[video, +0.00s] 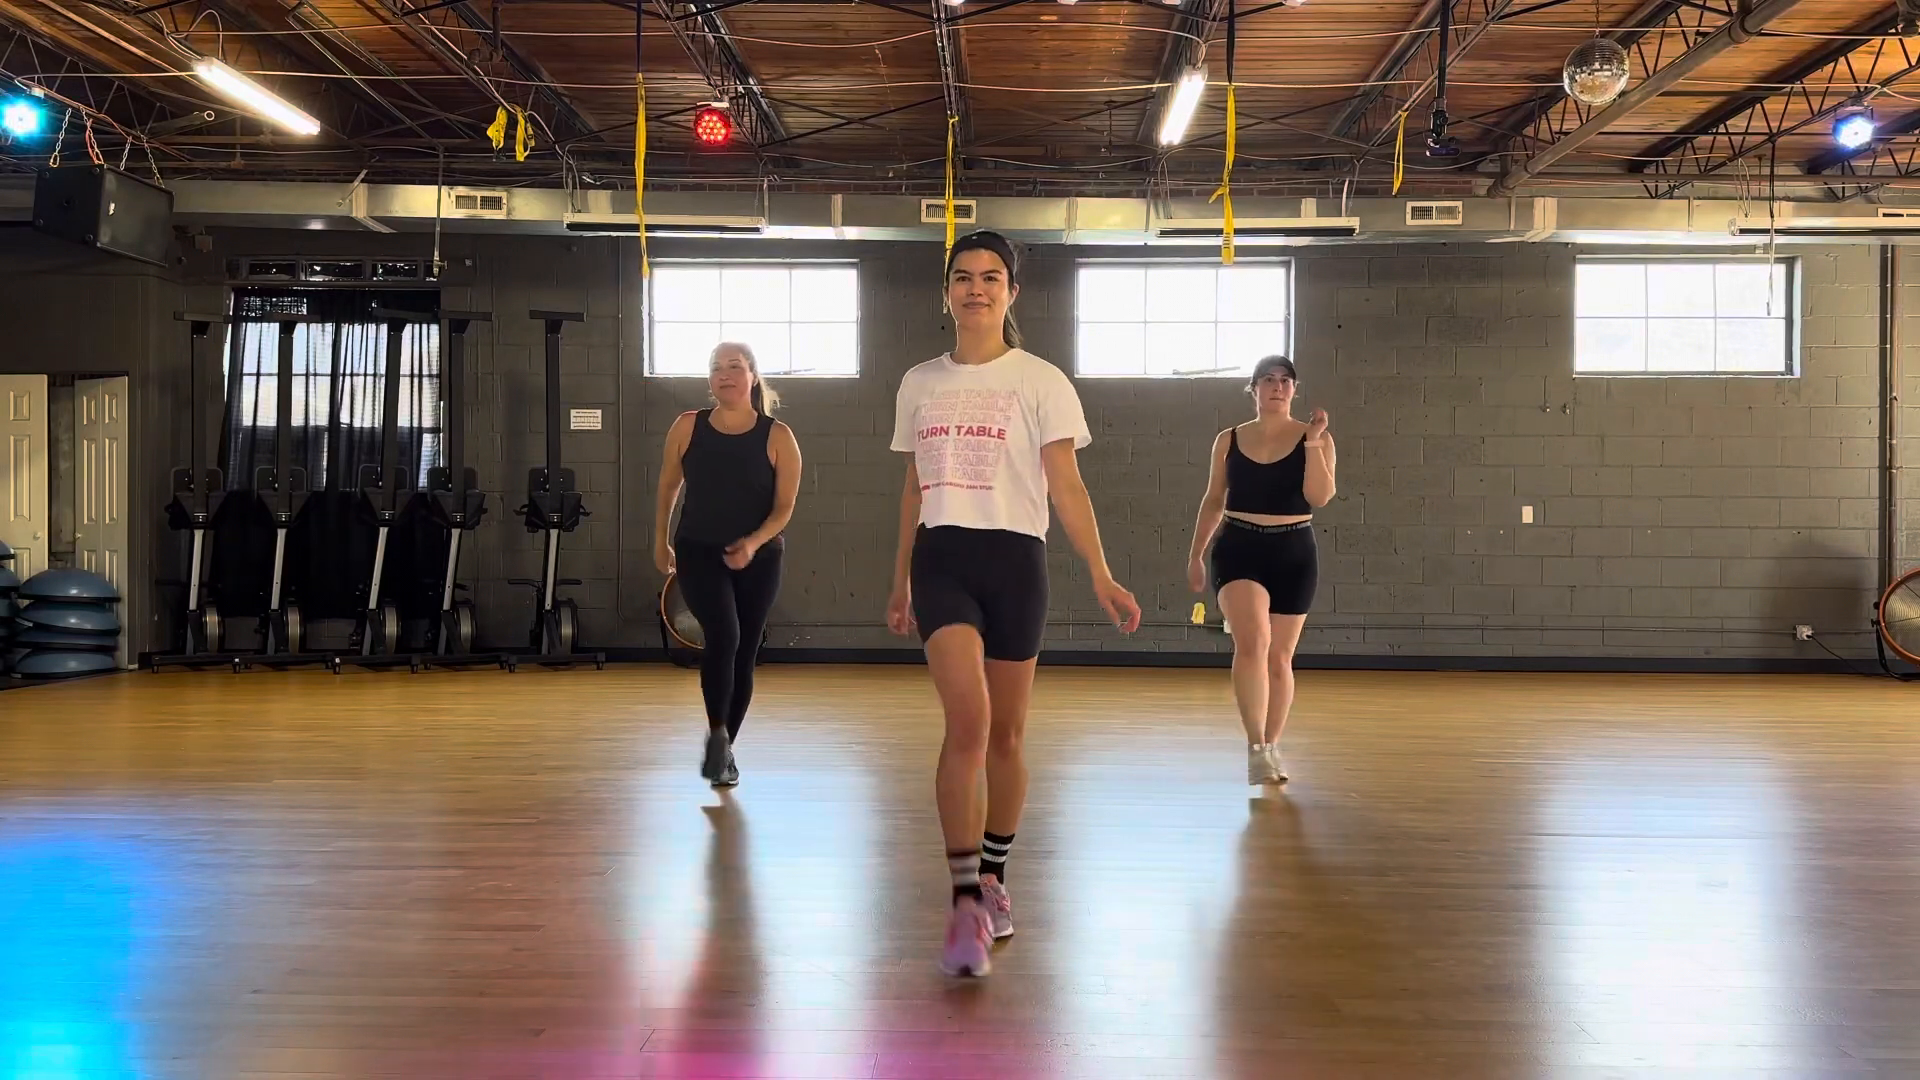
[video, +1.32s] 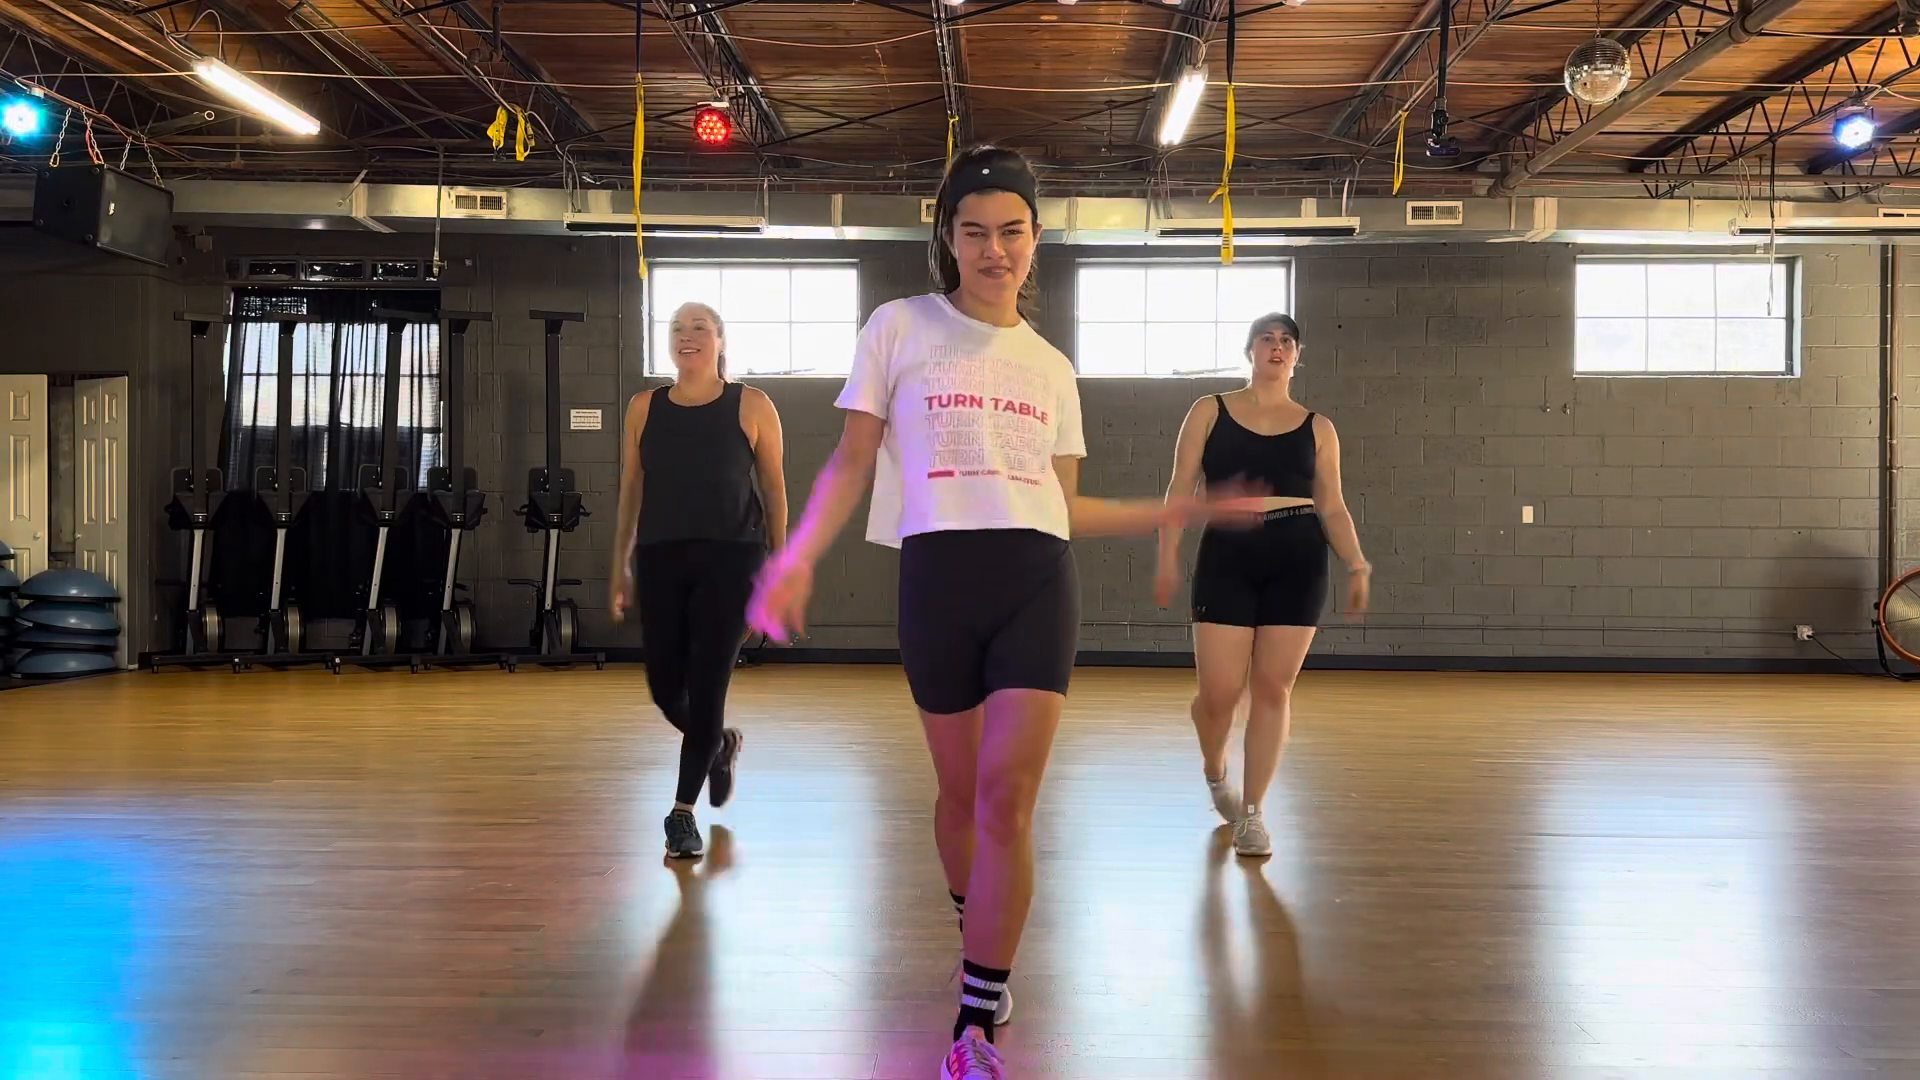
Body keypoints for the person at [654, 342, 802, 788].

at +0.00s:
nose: (726, 374)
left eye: (736, 367)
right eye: (718, 367)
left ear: (754, 377)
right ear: (709, 379)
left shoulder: (778, 436)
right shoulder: (687, 427)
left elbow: (784, 509)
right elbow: (668, 487)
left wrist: (755, 540)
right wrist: (661, 540)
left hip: (759, 553)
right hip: (699, 550)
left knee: (743, 654)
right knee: (723, 635)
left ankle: (725, 751)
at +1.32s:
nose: (688, 337)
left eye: (699, 329)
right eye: (680, 329)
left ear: (721, 343)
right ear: (670, 344)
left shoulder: (752, 405)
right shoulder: (645, 406)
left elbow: (775, 494)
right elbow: (630, 490)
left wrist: (780, 571)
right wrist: (620, 566)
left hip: (729, 563)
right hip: (659, 564)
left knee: (707, 690)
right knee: (668, 695)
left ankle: (684, 811)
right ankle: (719, 745)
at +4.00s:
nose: (684, 348)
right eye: (685, 340)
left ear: (631, 342)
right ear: (681, 345)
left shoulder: (590, 404)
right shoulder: (700, 410)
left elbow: (581, 488)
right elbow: (710, 492)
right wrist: (713, 573)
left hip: (607, 562)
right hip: (676, 562)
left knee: (626, 688)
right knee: (655, 690)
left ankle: (653, 797)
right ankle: (623, 806)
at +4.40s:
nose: (691, 359)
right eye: (692, 350)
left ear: (643, 351)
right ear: (692, 355)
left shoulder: (603, 406)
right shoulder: (707, 417)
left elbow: (563, 477)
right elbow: (710, 497)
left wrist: (537, 543)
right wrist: (710, 573)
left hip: (607, 567)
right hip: (673, 566)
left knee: (657, 630)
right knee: (657, 684)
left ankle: (630, 699)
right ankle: (624, 804)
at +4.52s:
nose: (693, 359)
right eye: (695, 350)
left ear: (647, 354)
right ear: (696, 356)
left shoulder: (607, 410)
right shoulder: (709, 417)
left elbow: (581, 482)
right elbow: (711, 494)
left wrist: (559, 550)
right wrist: (709, 571)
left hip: (612, 565)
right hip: (674, 565)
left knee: (670, 639)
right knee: (654, 682)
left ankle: (672, 748)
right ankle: (623, 802)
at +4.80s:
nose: (698, 368)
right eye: (702, 359)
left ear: (655, 362)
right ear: (701, 364)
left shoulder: (623, 420)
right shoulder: (719, 423)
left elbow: (606, 495)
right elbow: (719, 499)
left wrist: (604, 561)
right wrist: (721, 573)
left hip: (633, 566)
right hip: (691, 566)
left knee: (674, 672)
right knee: (668, 678)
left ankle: (698, 772)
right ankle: (634, 788)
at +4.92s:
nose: (705, 364)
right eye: (707, 355)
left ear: (661, 361)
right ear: (706, 361)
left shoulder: (632, 420)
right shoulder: (726, 419)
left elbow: (618, 494)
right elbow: (733, 493)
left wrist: (608, 556)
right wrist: (743, 568)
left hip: (644, 560)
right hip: (704, 559)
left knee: (681, 669)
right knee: (683, 674)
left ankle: (699, 771)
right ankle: (644, 775)